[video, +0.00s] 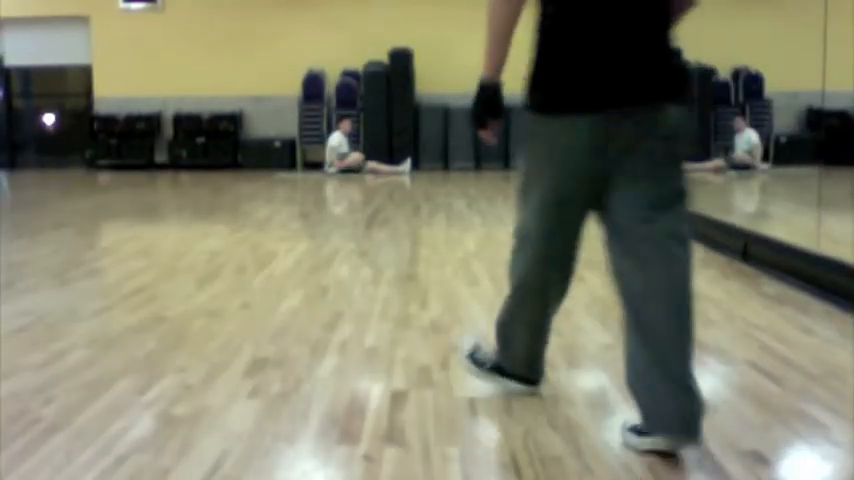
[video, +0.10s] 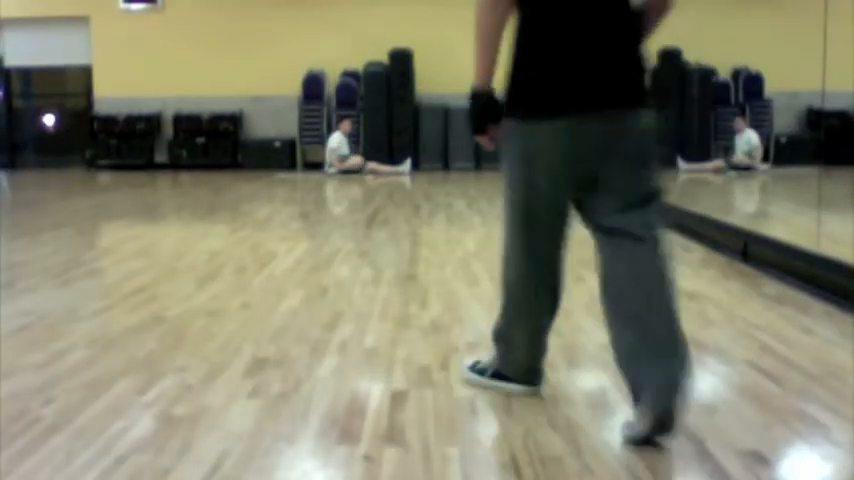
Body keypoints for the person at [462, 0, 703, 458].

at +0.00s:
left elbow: (509, 0)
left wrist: (490, 80)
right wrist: (649, 31)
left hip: (568, 85)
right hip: (649, 82)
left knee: (543, 236)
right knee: (654, 254)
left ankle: (518, 359)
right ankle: (672, 418)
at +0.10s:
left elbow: (495, 3)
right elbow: (659, 1)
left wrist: (482, 89)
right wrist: (623, 41)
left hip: (545, 89)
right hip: (620, 85)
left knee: (531, 236)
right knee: (630, 233)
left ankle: (517, 361)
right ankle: (658, 390)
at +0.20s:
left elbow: (475, 6)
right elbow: (629, 2)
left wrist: (457, 87)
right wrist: (601, 54)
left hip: (515, 86)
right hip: (580, 80)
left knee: (505, 231)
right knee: (583, 207)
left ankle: (515, 364)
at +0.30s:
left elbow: (462, 5)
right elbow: (612, 3)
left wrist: (438, 78)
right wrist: (591, 60)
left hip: (507, 83)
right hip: (570, 78)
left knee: (501, 226)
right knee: (552, 199)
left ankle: (513, 363)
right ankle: (572, 311)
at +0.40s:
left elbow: (443, 4)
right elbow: (590, 6)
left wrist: (413, 61)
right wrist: (581, 69)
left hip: (501, 85)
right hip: (543, 81)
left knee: (500, 228)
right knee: (499, 224)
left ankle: (518, 365)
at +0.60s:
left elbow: (439, 10)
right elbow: (550, 16)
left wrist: (401, 59)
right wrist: (552, 83)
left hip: (483, 102)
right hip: (520, 98)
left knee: (480, 231)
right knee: (490, 224)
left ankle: (516, 358)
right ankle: (475, 320)